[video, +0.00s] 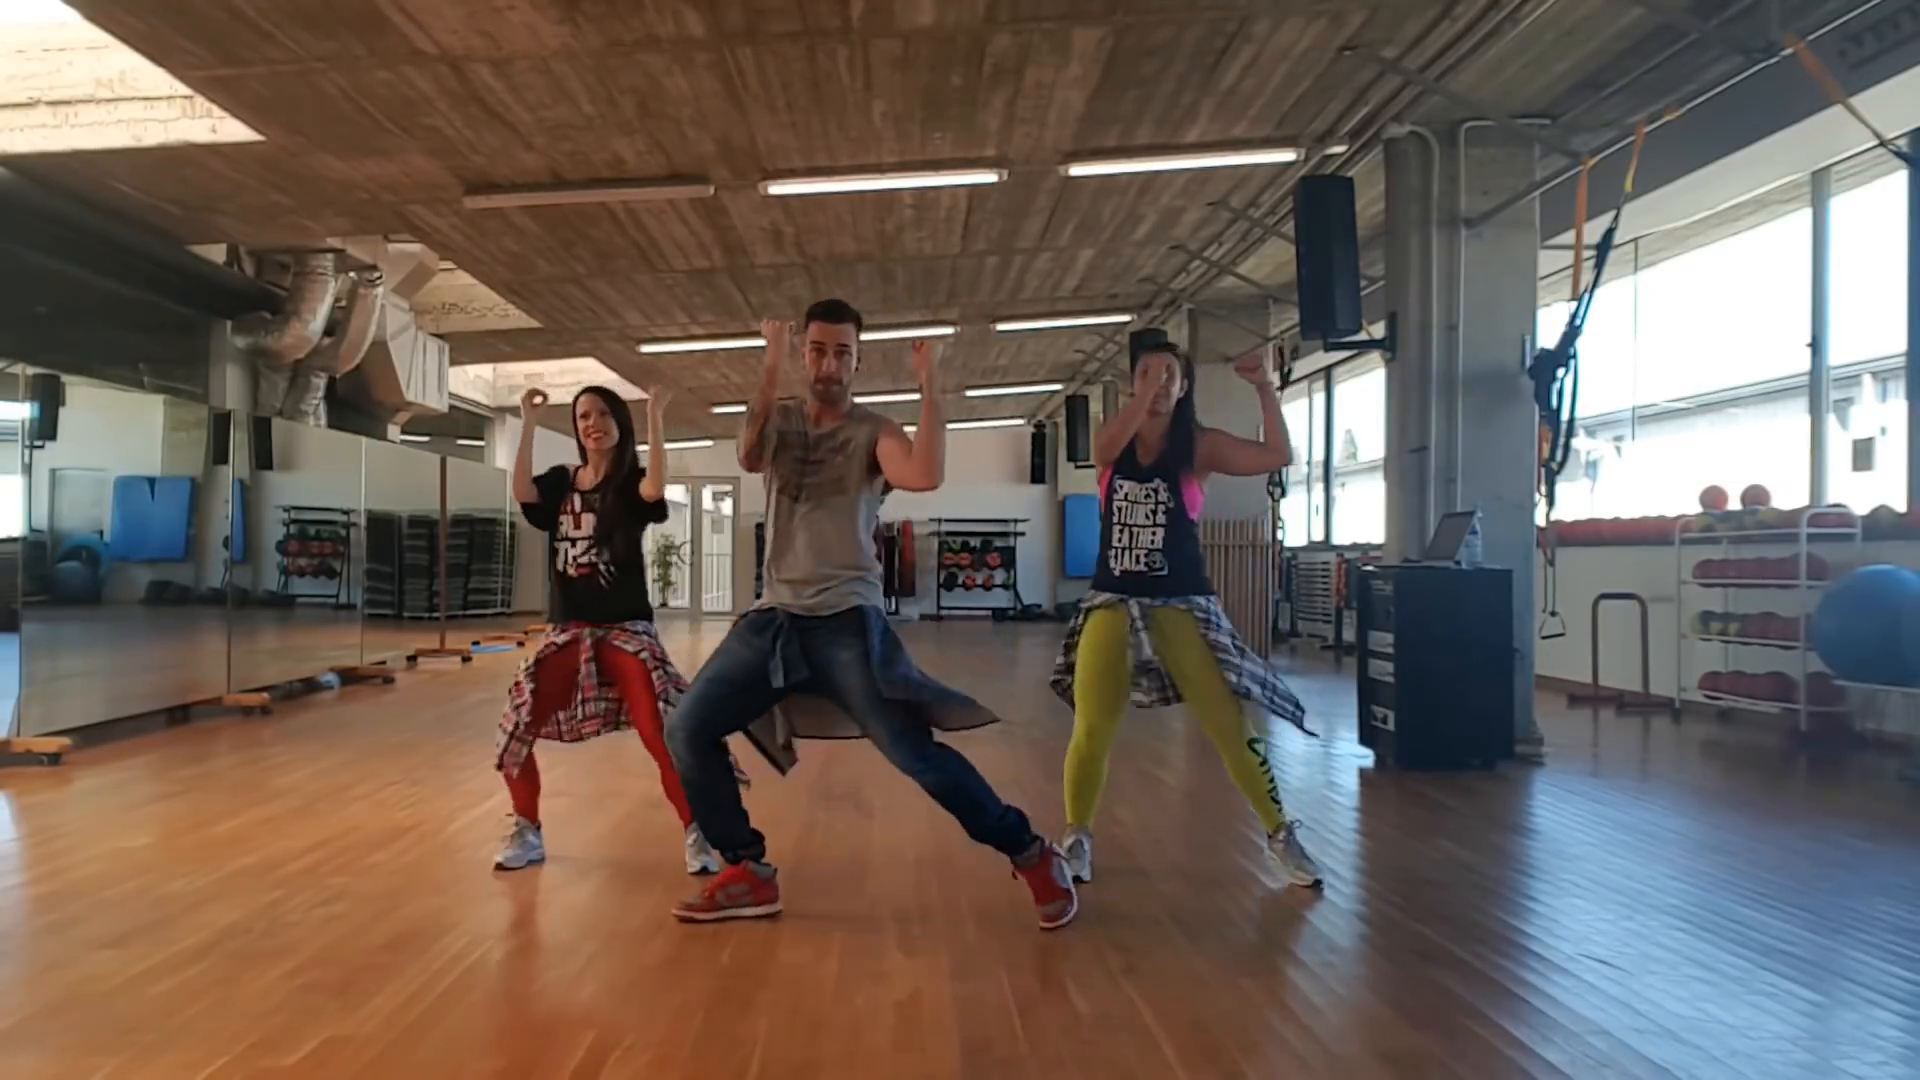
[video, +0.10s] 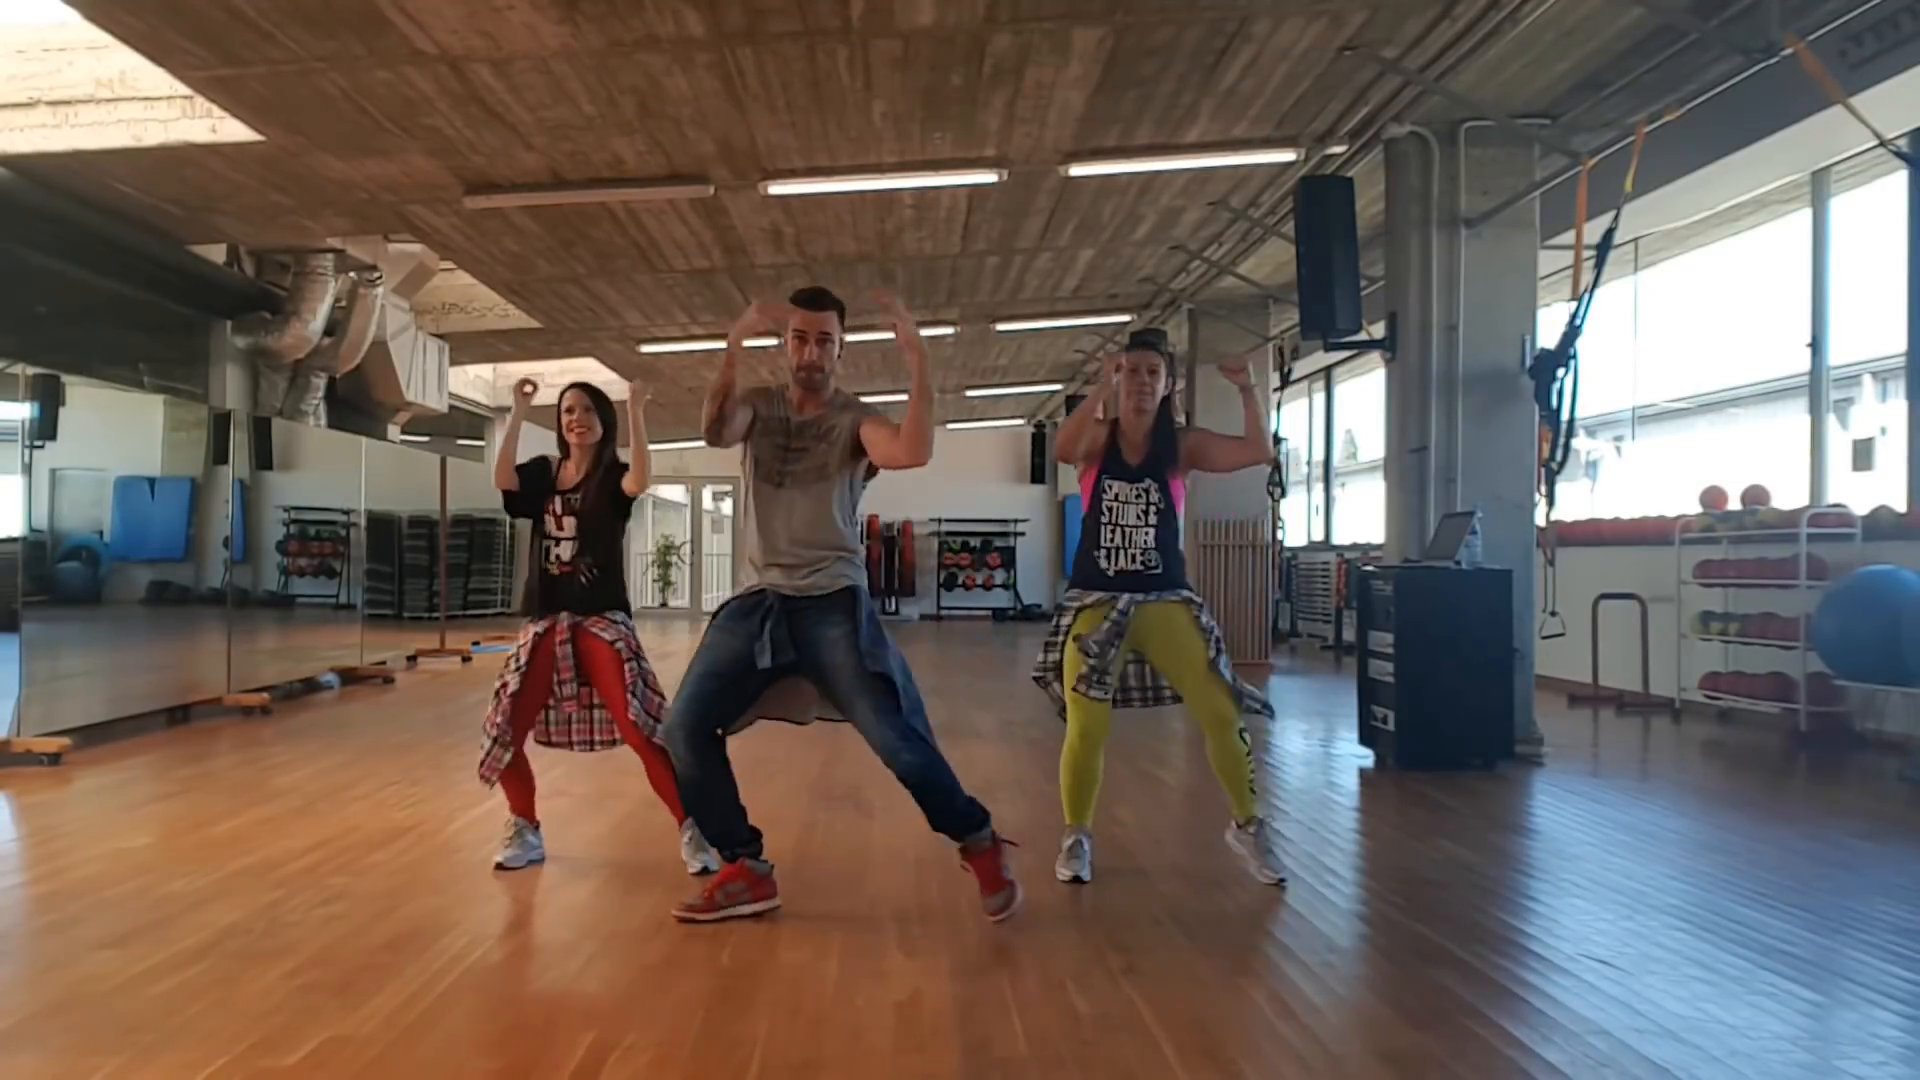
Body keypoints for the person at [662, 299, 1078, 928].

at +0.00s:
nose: (829, 363)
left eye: (842, 353)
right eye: (819, 350)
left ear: (857, 362)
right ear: (801, 355)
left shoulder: (873, 431)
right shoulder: (780, 421)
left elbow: (923, 475)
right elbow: (750, 457)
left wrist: (927, 392)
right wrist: (770, 379)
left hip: (846, 610)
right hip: (775, 609)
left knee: (907, 749)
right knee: (687, 727)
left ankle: (1030, 854)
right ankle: (748, 870)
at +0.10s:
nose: (810, 353)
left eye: (823, 341)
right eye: (799, 339)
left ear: (840, 348)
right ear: (783, 344)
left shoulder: (855, 421)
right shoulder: (756, 410)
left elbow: (912, 451)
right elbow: (713, 431)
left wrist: (916, 357)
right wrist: (734, 343)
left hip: (833, 598)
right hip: (758, 597)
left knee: (893, 738)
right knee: (685, 727)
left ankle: (980, 846)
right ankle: (745, 869)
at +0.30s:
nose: (798, 345)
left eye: (811, 334)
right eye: (787, 332)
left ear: (828, 341)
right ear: (770, 338)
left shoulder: (844, 409)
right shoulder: (745, 401)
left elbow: (892, 418)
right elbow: (715, 408)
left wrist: (897, 324)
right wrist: (726, 326)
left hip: (820, 599)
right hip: (741, 595)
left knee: (790, 735)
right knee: (708, 740)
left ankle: (824, 837)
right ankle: (732, 866)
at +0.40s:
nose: (798, 358)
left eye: (810, 346)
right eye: (787, 345)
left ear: (829, 354)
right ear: (772, 350)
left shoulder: (842, 422)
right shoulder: (749, 418)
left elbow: (872, 444)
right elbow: (729, 430)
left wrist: (868, 350)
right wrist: (748, 350)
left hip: (819, 614)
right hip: (741, 605)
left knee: (779, 754)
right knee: (709, 748)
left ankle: (798, 853)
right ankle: (731, 867)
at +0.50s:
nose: (805, 356)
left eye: (817, 344)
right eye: (795, 343)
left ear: (835, 352)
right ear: (777, 348)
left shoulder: (847, 417)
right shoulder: (752, 412)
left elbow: (874, 445)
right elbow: (729, 427)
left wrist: (872, 346)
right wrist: (750, 346)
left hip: (830, 608)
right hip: (748, 604)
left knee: (855, 745)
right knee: (723, 749)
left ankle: (818, 841)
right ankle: (729, 865)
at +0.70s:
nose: (838, 346)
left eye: (849, 335)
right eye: (827, 334)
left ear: (867, 344)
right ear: (810, 340)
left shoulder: (884, 407)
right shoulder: (784, 405)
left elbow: (902, 437)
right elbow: (725, 432)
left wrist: (878, 341)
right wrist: (719, 345)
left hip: (872, 600)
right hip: (797, 600)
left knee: (952, 715)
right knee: (776, 748)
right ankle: (678, 852)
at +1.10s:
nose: (940, 347)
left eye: (951, 334)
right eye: (929, 336)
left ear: (971, 339)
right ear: (913, 342)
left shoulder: (998, 398)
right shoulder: (896, 411)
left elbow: (1025, 403)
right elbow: (821, 426)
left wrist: (1004, 317)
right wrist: (803, 339)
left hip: (1002, 583)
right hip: (922, 583)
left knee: (1054, 727)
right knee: (891, 722)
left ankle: (1036, 868)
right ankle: (829, 827)